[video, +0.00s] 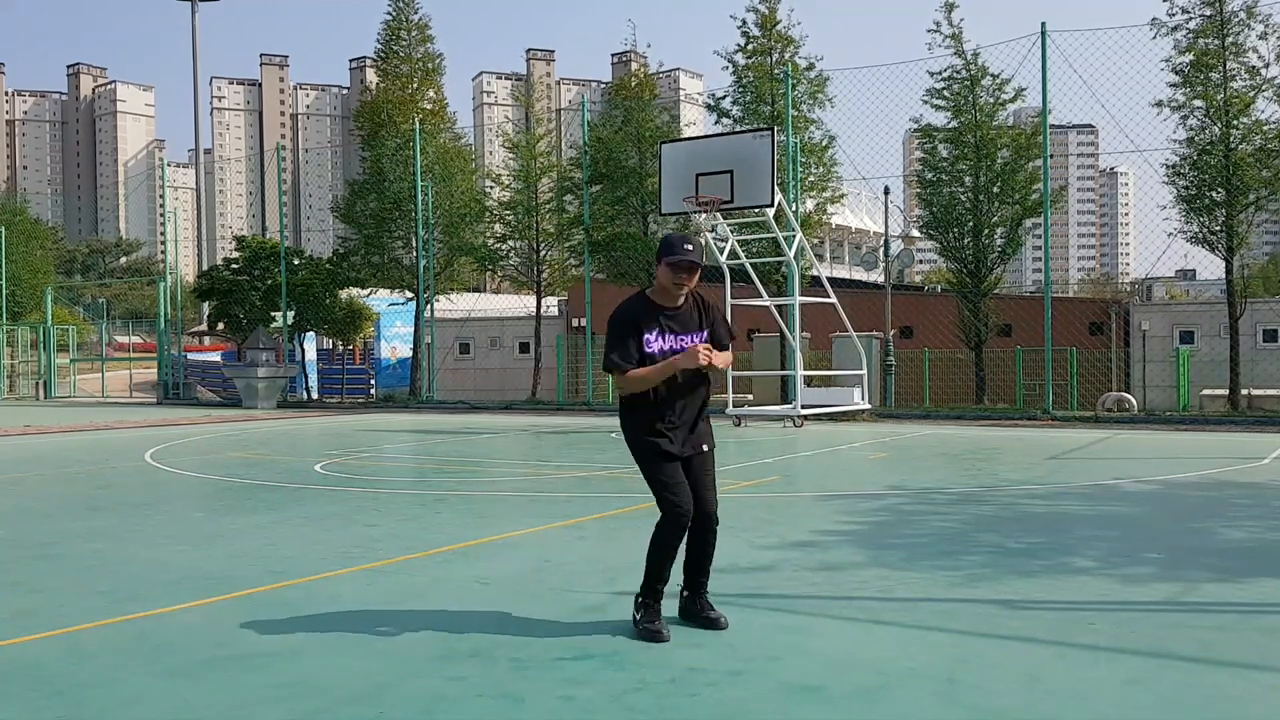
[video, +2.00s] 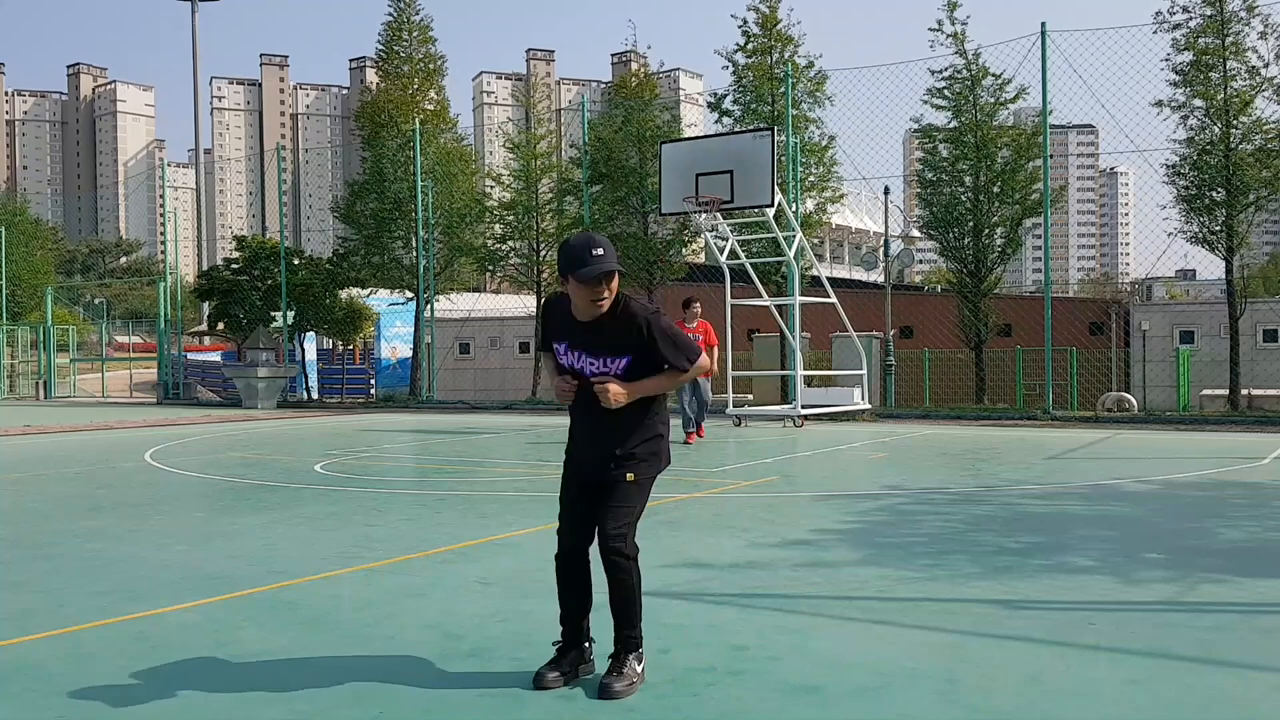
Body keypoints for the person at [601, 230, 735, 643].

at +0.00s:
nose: (684, 276)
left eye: (691, 269)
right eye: (676, 267)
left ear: (699, 273)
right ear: (658, 267)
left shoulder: (703, 307)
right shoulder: (629, 314)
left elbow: (728, 355)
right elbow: (624, 382)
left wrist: (716, 358)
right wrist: (678, 363)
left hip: (694, 424)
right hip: (649, 429)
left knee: (707, 514)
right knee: (679, 510)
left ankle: (695, 599)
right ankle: (648, 606)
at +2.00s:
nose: (603, 289)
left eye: (609, 278)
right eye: (590, 281)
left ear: (618, 275)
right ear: (565, 283)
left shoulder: (641, 317)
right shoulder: (555, 314)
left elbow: (699, 364)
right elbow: (552, 353)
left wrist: (631, 389)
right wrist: (557, 380)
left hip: (637, 445)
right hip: (585, 442)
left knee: (616, 540)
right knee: (570, 547)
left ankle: (628, 655)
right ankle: (574, 650)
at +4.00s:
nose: (495, 271)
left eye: (503, 264)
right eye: (488, 263)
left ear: (519, 265)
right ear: (480, 264)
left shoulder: (537, 311)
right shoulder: (465, 300)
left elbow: (535, 378)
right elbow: (445, 358)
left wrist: (475, 397)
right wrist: (489, 382)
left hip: (516, 421)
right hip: (472, 418)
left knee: (509, 509)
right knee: (452, 504)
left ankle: (536, 595)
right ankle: (458, 580)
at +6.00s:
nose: (583, 245)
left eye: (587, 236)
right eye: (572, 242)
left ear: (600, 240)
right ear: (559, 254)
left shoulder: (634, 286)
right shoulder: (550, 306)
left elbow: (647, 356)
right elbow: (572, 377)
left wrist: (629, 418)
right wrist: (602, 431)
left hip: (637, 414)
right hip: (584, 422)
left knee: (659, 502)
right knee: (597, 520)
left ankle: (637, 560)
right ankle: (601, 610)